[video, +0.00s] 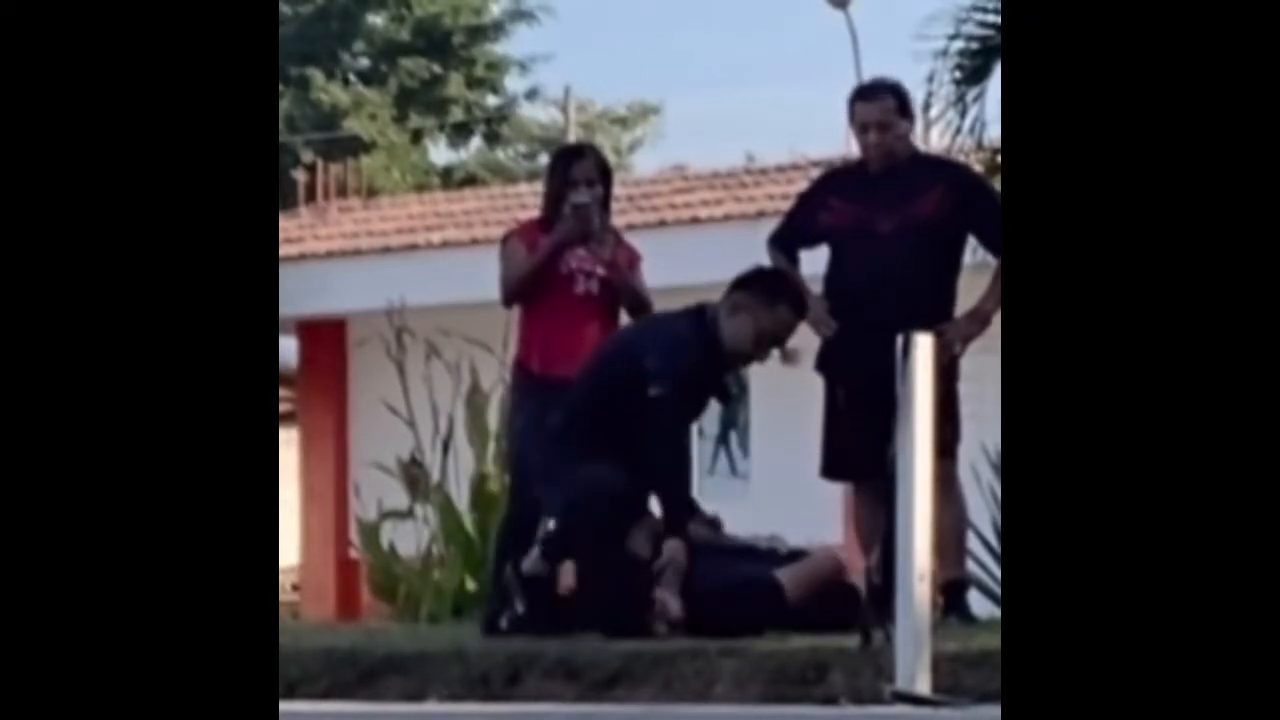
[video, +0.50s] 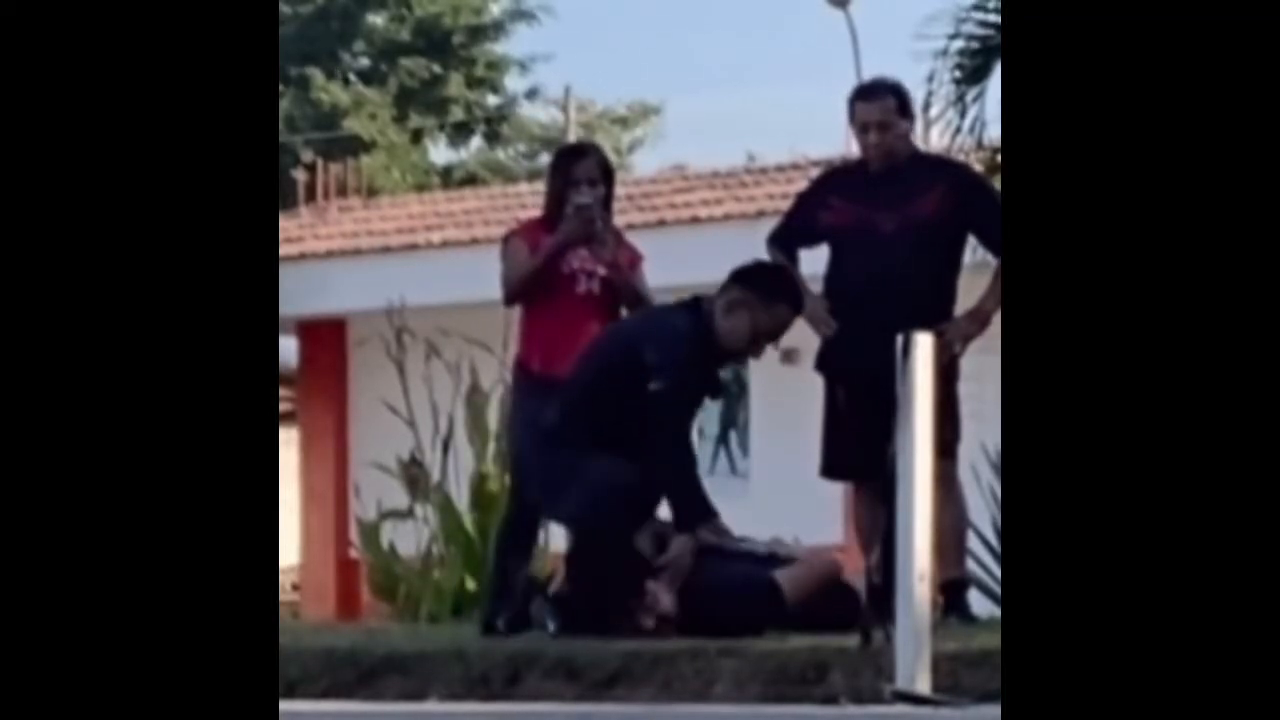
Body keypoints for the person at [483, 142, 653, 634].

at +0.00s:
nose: (584, 195)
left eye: (593, 185)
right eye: (574, 185)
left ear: (607, 190)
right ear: (555, 189)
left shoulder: (618, 250)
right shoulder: (528, 239)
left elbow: (643, 314)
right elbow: (511, 290)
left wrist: (617, 273)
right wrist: (562, 239)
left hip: (595, 385)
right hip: (539, 381)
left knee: (591, 491)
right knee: (530, 495)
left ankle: (588, 603)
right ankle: (505, 604)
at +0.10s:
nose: (586, 195)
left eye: (595, 185)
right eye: (576, 185)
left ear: (609, 190)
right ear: (556, 189)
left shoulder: (620, 250)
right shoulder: (529, 238)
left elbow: (644, 315)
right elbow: (512, 289)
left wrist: (617, 271)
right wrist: (563, 240)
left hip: (596, 387)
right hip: (539, 381)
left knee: (599, 498)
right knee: (528, 498)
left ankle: (590, 604)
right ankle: (503, 606)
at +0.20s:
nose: (587, 194)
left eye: (596, 184)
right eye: (577, 184)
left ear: (611, 190)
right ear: (557, 188)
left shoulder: (621, 251)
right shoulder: (530, 237)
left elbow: (644, 316)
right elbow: (513, 289)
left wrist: (615, 266)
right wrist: (566, 238)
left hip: (598, 387)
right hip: (540, 381)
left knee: (600, 498)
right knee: (527, 498)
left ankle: (593, 605)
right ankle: (504, 607)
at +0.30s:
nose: (588, 194)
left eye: (598, 184)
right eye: (578, 184)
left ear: (613, 191)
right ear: (559, 188)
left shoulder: (623, 251)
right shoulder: (532, 237)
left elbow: (642, 315)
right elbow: (516, 289)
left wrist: (611, 257)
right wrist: (567, 239)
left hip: (599, 388)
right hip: (540, 383)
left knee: (599, 495)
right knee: (528, 496)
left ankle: (597, 604)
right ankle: (497, 602)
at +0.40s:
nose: (588, 194)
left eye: (598, 185)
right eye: (578, 185)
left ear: (613, 191)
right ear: (559, 188)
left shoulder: (623, 251)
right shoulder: (532, 237)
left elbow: (641, 316)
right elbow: (516, 289)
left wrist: (612, 258)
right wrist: (567, 239)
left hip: (599, 389)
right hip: (540, 383)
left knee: (598, 496)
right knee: (528, 496)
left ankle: (597, 604)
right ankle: (497, 602)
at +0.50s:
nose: (587, 195)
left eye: (596, 185)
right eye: (576, 185)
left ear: (610, 190)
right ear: (556, 189)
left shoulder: (620, 250)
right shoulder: (529, 238)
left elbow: (644, 315)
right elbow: (512, 288)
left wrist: (614, 266)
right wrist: (564, 239)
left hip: (598, 386)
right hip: (540, 381)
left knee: (600, 498)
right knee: (527, 498)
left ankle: (591, 605)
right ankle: (503, 608)